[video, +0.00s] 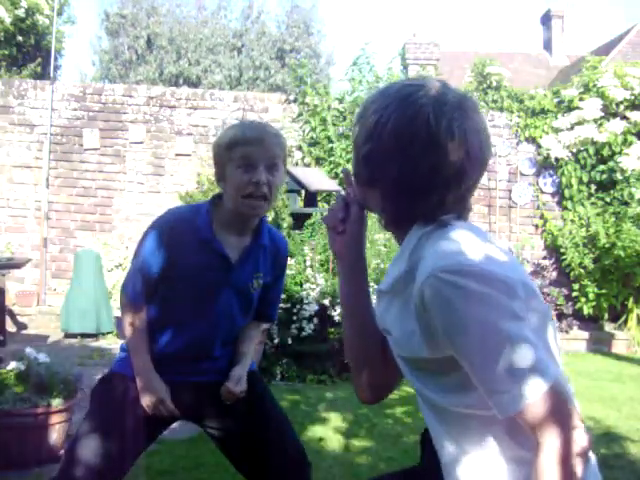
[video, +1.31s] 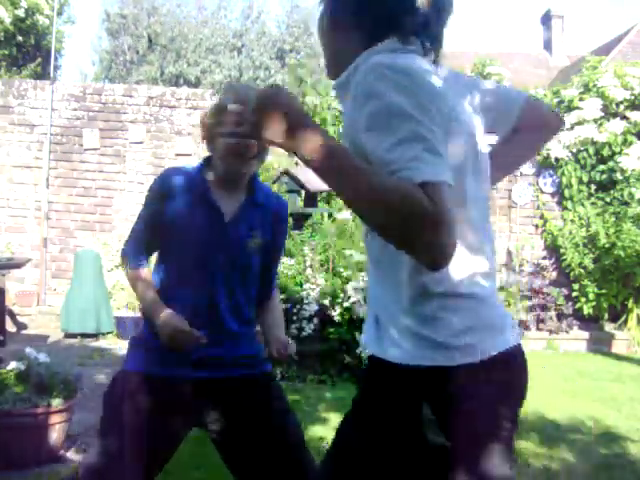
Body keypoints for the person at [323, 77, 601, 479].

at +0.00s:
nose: (353, 166)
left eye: (359, 152)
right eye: (358, 152)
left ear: (375, 173)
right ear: (469, 170)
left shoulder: (451, 272)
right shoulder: (420, 255)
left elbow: (559, 432)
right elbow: (372, 385)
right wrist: (349, 256)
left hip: (517, 472)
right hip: (473, 465)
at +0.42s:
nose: (352, 148)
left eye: (363, 137)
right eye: (359, 137)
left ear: (403, 154)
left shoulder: (456, 260)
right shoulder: (422, 251)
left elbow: (569, 422)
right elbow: (378, 378)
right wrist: (349, 253)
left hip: (524, 471)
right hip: (479, 464)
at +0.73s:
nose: (389, 150)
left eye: (414, 141)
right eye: (375, 136)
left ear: (447, 178)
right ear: (351, 158)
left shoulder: (466, 272)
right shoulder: (379, 253)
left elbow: (569, 421)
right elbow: (353, 389)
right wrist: (326, 283)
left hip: (526, 472)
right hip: (455, 464)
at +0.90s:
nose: (382, 153)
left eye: (406, 143)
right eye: (365, 139)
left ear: (439, 180)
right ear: (341, 163)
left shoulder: (464, 271)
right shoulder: (367, 258)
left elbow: (562, 420)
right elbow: (375, 392)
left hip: (517, 470)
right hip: (445, 463)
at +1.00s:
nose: (372, 159)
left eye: (395, 149)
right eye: (355, 146)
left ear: (430, 182)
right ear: (331, 170)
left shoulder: (463, 278)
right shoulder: (366, 263)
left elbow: (553, 429)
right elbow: (386, 390)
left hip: (512, 469)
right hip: (438, 465)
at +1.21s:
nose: (306, 93)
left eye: (316, 77)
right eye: (310, 77)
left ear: (352, 81)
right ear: (399, 85)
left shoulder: (404, 170)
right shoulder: (408, 157)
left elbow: (480, 334)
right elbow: (497, 212)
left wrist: (329, 260)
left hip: (466, 451)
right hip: (402, 431)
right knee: (303, 475)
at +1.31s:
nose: (318, 32)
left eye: (322, 15)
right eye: (321, 17)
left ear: (341, 17)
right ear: (402, 22)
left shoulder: (380, 78)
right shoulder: (444, 79)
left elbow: (432, 240)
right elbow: (540, 121)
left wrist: (305, 138)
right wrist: (467, 185)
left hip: (433, 370)